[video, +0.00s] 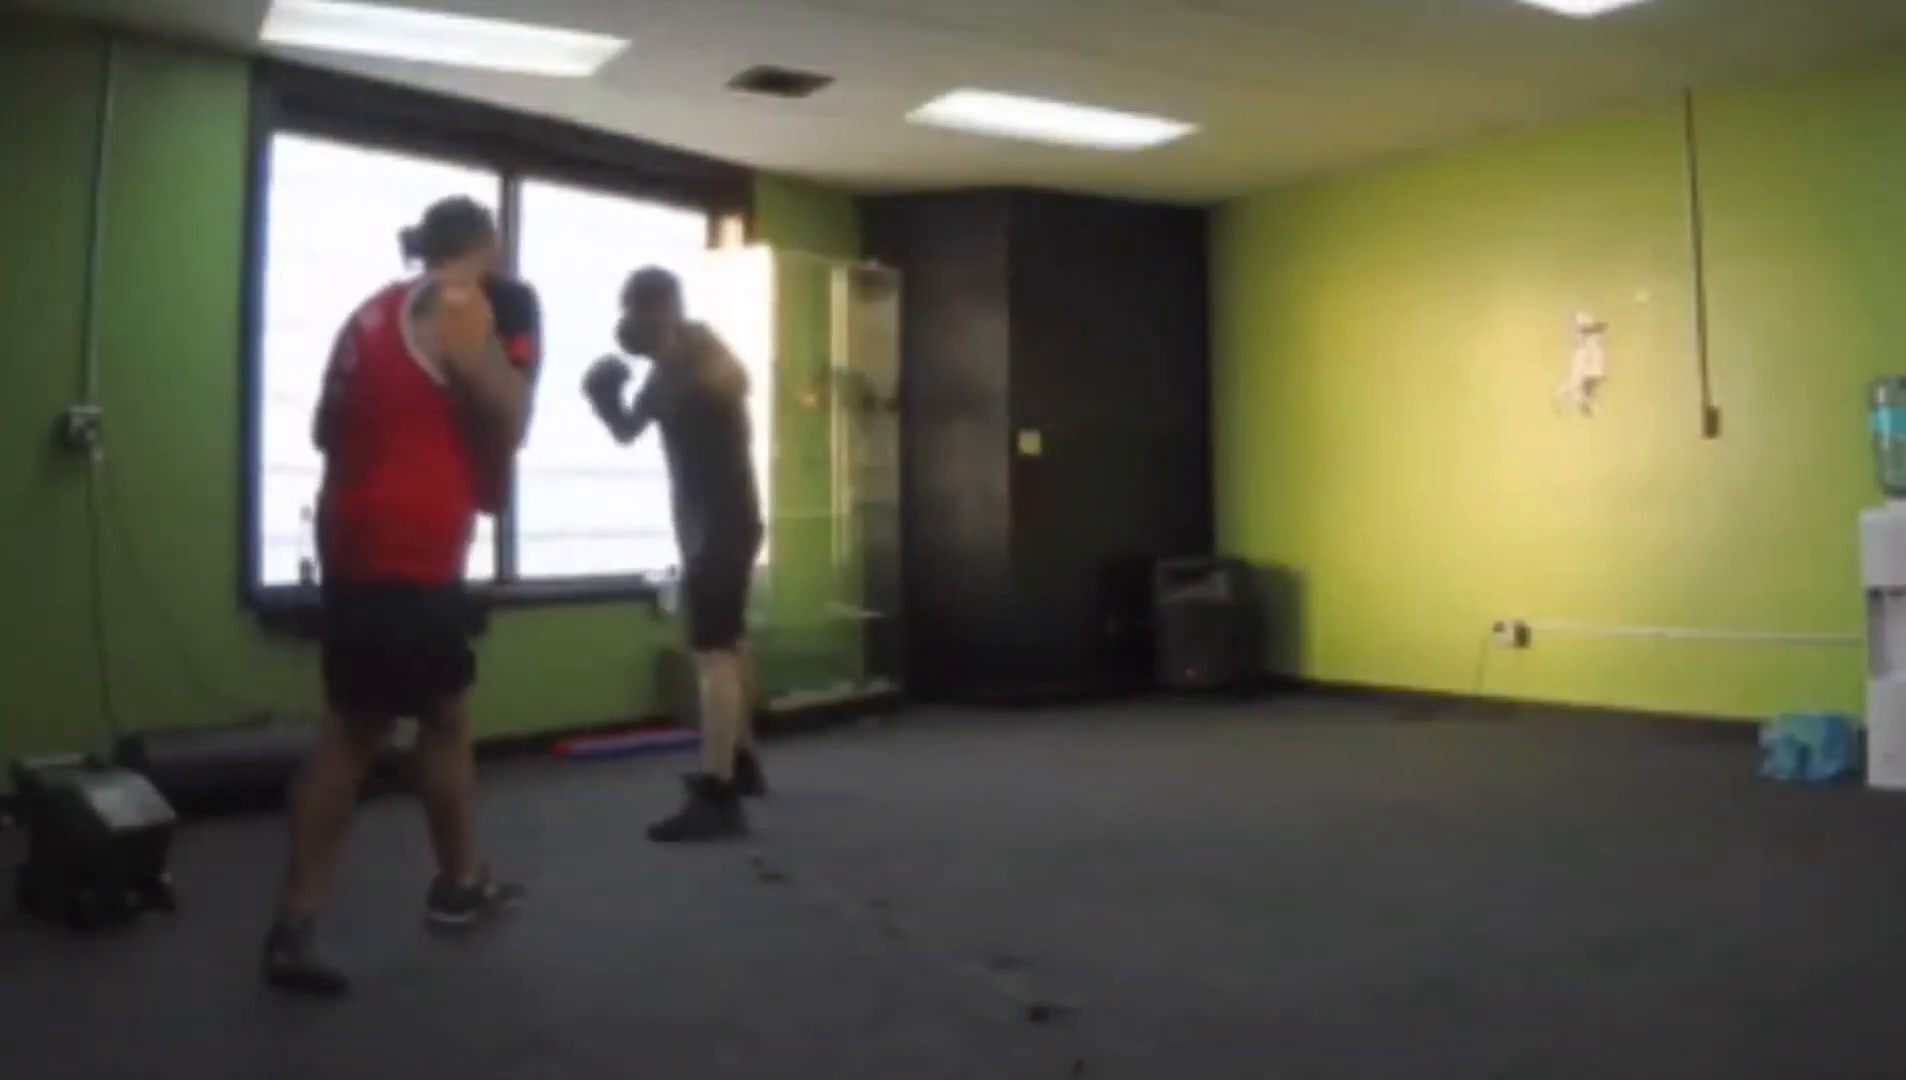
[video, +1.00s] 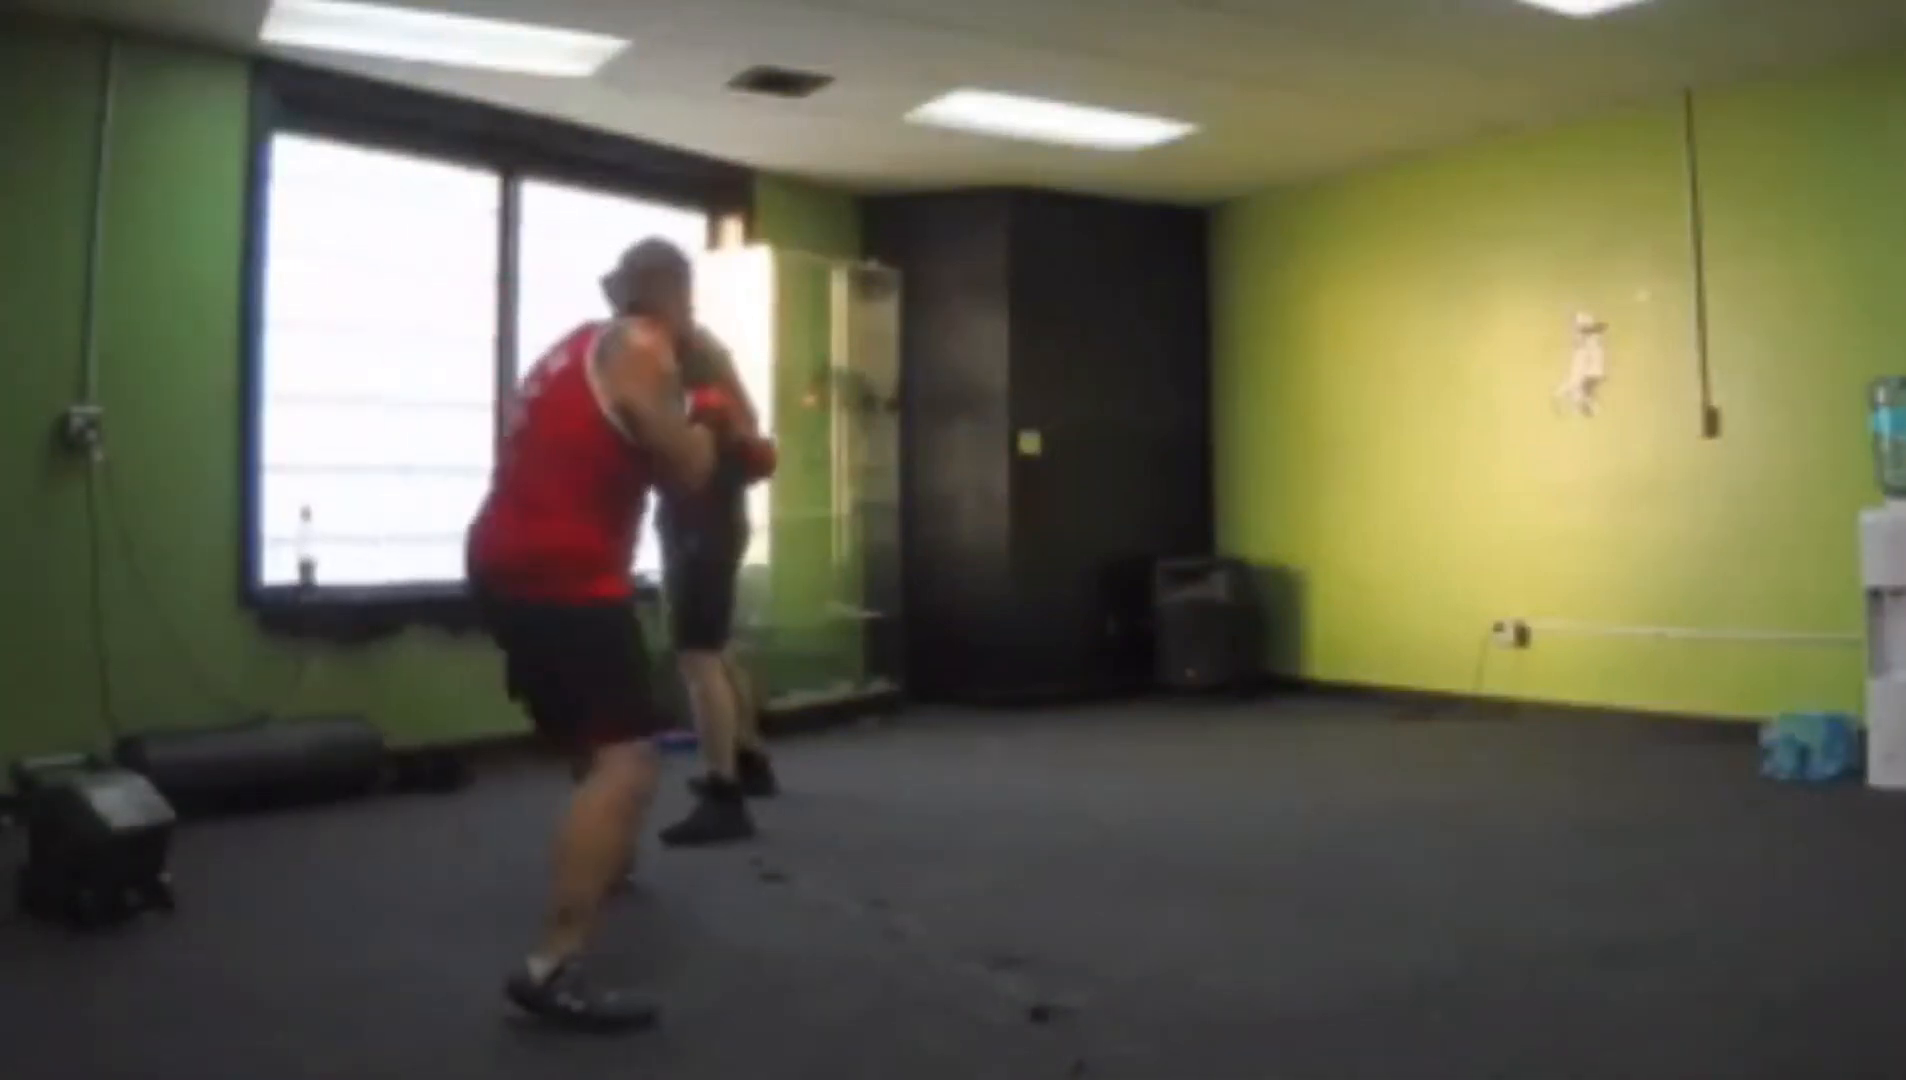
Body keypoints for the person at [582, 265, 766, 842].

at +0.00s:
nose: (624, 327)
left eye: (630, 315)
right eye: (624, 315)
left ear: (657, 312)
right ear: (665, 309)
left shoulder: (679, 362)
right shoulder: (701, 352)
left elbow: (625, 429)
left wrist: (602, 391)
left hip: (715, 527)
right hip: (726, 521)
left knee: (714, 653)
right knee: (724, 647)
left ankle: (715, 788)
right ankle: (738, 759)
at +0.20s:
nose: (634, 328)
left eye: (635, 317)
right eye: (632, 317)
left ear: (641, 311)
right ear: (666, 300)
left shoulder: (659, 357)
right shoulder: (700, 340)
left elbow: (600, 402)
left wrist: (576, 354)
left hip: (722, 517)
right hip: (742, 510)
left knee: (717, 650)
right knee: (725, 646)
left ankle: (716, 789)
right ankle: (737, 760)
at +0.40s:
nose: (632, 320)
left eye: (635, 308)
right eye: (627, 311)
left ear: (653, 303)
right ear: (635, 311)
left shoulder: (686, 340)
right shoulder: (653, 353)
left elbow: (721, 396)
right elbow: (637, 420)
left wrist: (649, 380)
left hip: (736, 516)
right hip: (711, 517)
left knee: (723, 649)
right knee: (725, 645)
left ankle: (719, 788)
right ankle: (745, 752)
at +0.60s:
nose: (627, 330)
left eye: (631, 316)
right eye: (622, 319)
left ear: (651, 304)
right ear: (649, 304)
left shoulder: (692, 343)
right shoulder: (645, 361)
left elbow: (754, 402)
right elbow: (637, 428)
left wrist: (703, 437)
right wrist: (650, 445)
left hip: (731, 517)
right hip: (701, 519)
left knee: (717, 649)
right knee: (727, 645)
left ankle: (719, 787)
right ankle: (747, 755)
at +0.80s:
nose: (644, 330)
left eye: (647, 319)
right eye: (650, 318)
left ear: (658, 319)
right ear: (690, 312)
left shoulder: (685, 356)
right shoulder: (713, 351)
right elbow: (764, 411)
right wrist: (715, 438)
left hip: (710, 518)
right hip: (723, 515)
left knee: (703, 649)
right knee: (726, 643)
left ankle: (718, 786)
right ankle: (747, 756)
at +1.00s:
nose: (628, 321)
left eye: (633, 306)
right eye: (623, 309)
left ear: (662, 300)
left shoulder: (700, 357)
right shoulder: (656, 362)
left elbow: (745, 438)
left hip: (711, 522)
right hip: (683, 521)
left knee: (699, 654)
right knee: (708, 651)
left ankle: (723, 791)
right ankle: (748, 757)